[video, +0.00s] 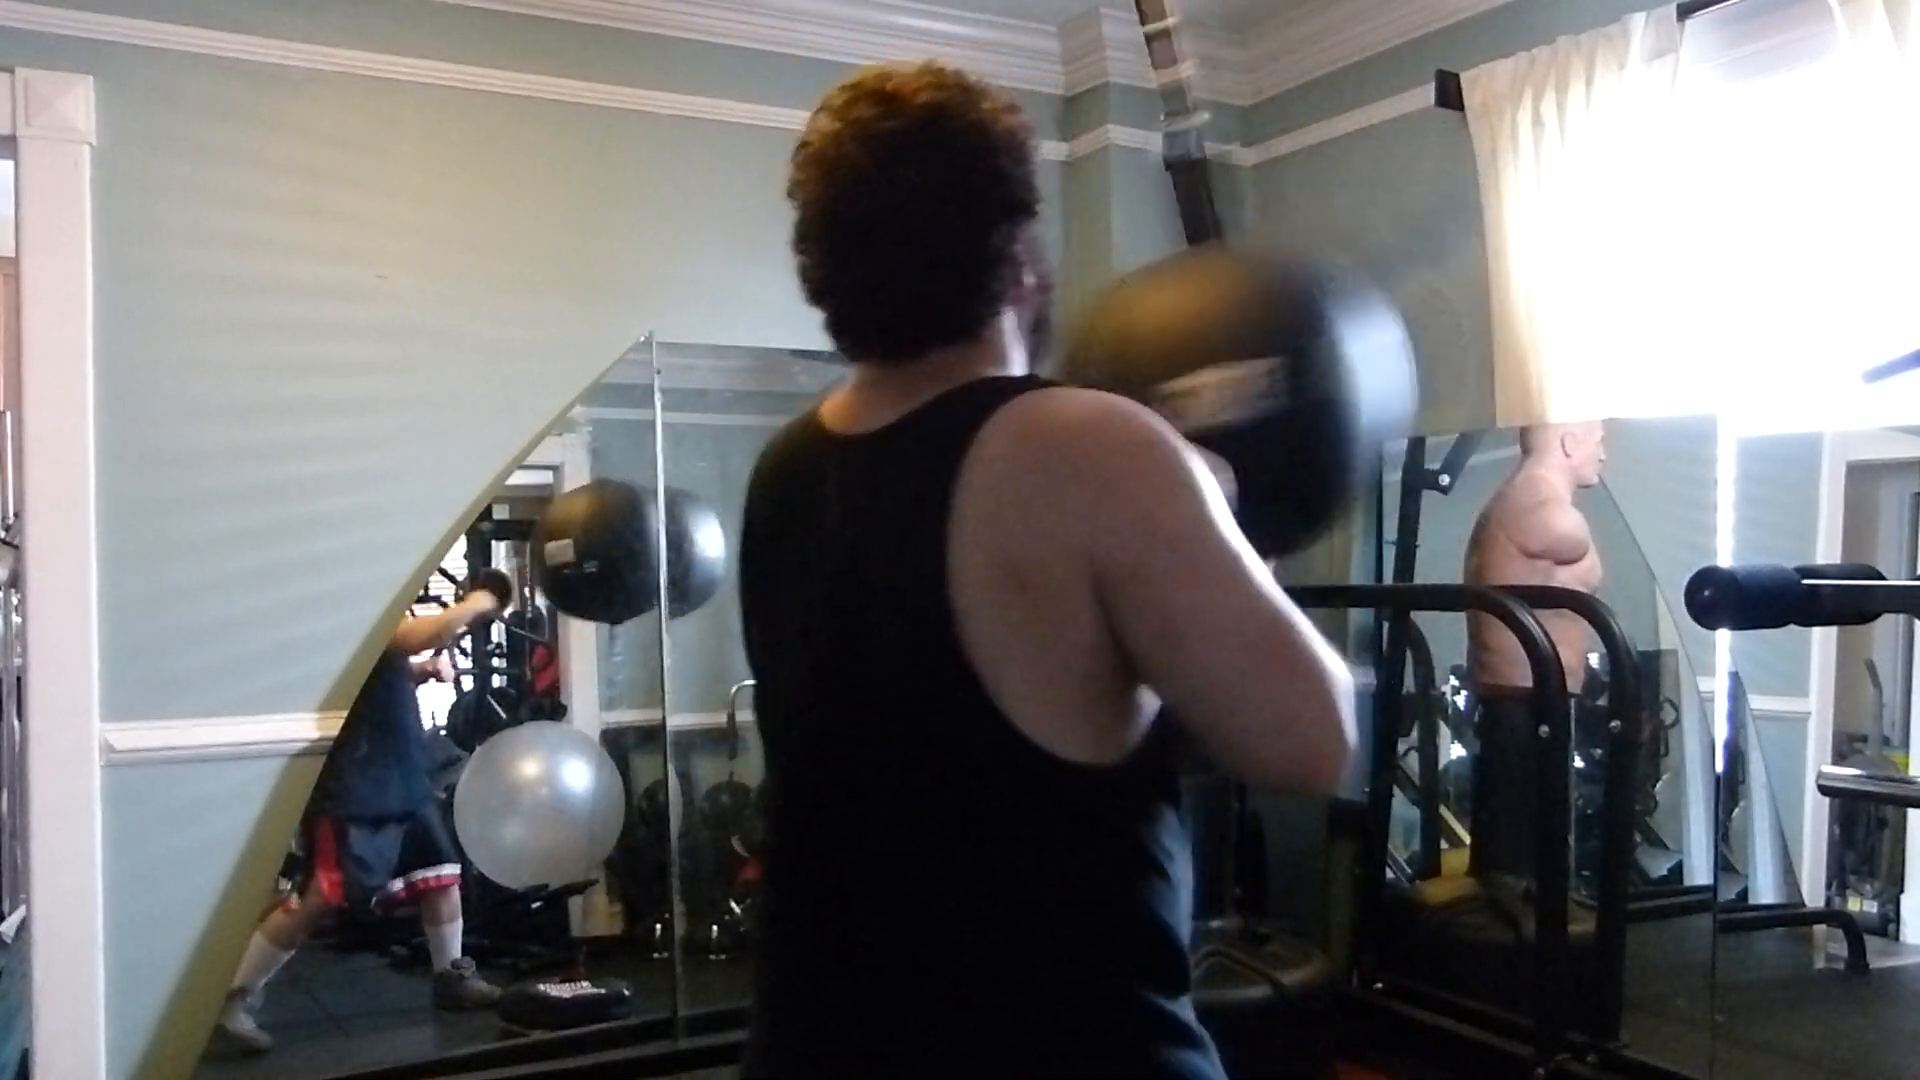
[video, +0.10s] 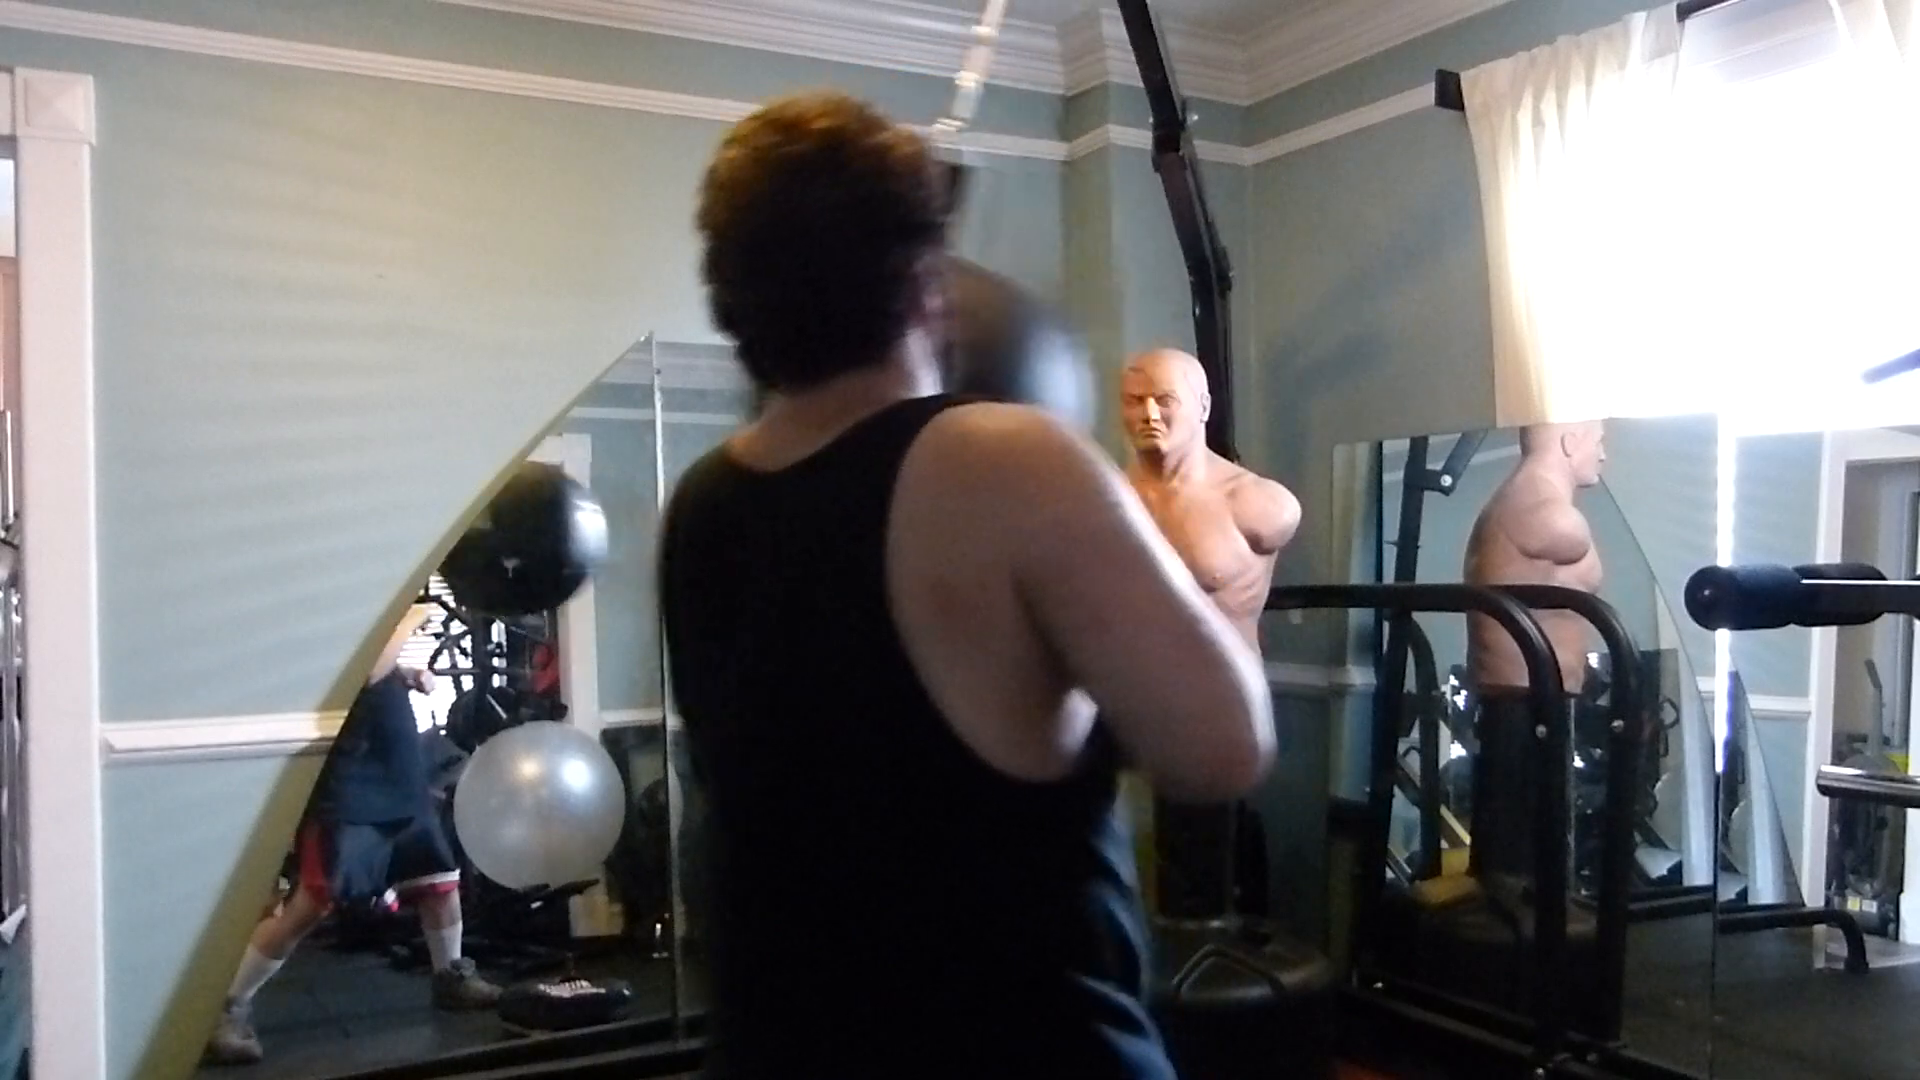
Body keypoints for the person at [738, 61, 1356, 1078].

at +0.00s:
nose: (1044, 258)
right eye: (1037, 233)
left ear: (823, 271)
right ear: (1017, 261)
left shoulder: (786, 473)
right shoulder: (1096, 452)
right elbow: (1310, 749)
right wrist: (1204, 512)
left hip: (834, 1022)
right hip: (1084, 1030)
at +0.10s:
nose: (954, 278)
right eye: (944, 255)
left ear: (733, 296)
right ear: (924, 284)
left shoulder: (697, 507)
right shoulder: (1011, 462)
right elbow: (1228, 750)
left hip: (785, 1029)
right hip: (1033, 1031)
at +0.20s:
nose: (826, 298)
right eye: (812, 270)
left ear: (612, 324)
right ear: (788, 300)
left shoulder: (559, 550)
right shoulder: (938, 471)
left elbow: (608, 768)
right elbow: (1105, 749)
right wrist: (956, 731)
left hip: (696, 1033)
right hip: (951, 1024)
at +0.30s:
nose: (710, 288)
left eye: (697, 257)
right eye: (696, 260)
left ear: (505, 333)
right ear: (667, 289)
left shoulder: (449, 546)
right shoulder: (848, 443)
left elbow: (486, 748)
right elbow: (1017, 693)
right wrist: (875, 772)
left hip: (617, 1021)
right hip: (867, 1005)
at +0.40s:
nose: (658, 287)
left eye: (647, 256)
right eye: (642, 259)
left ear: (455, 324)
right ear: (599, 279)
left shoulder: (388, 532)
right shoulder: (771, 424)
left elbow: (449, 752)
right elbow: (962, 670)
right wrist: (815, 703)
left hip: (559, 1026)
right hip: (816, 1010)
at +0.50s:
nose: (651, 292)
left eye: (640, 259)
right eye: (635, 263)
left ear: (447, 317)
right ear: (588, 284)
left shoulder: (374, 522)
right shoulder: (730, 426)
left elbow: (440, 741)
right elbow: (960, 613)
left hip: (525, 1013)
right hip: (775, 1003)